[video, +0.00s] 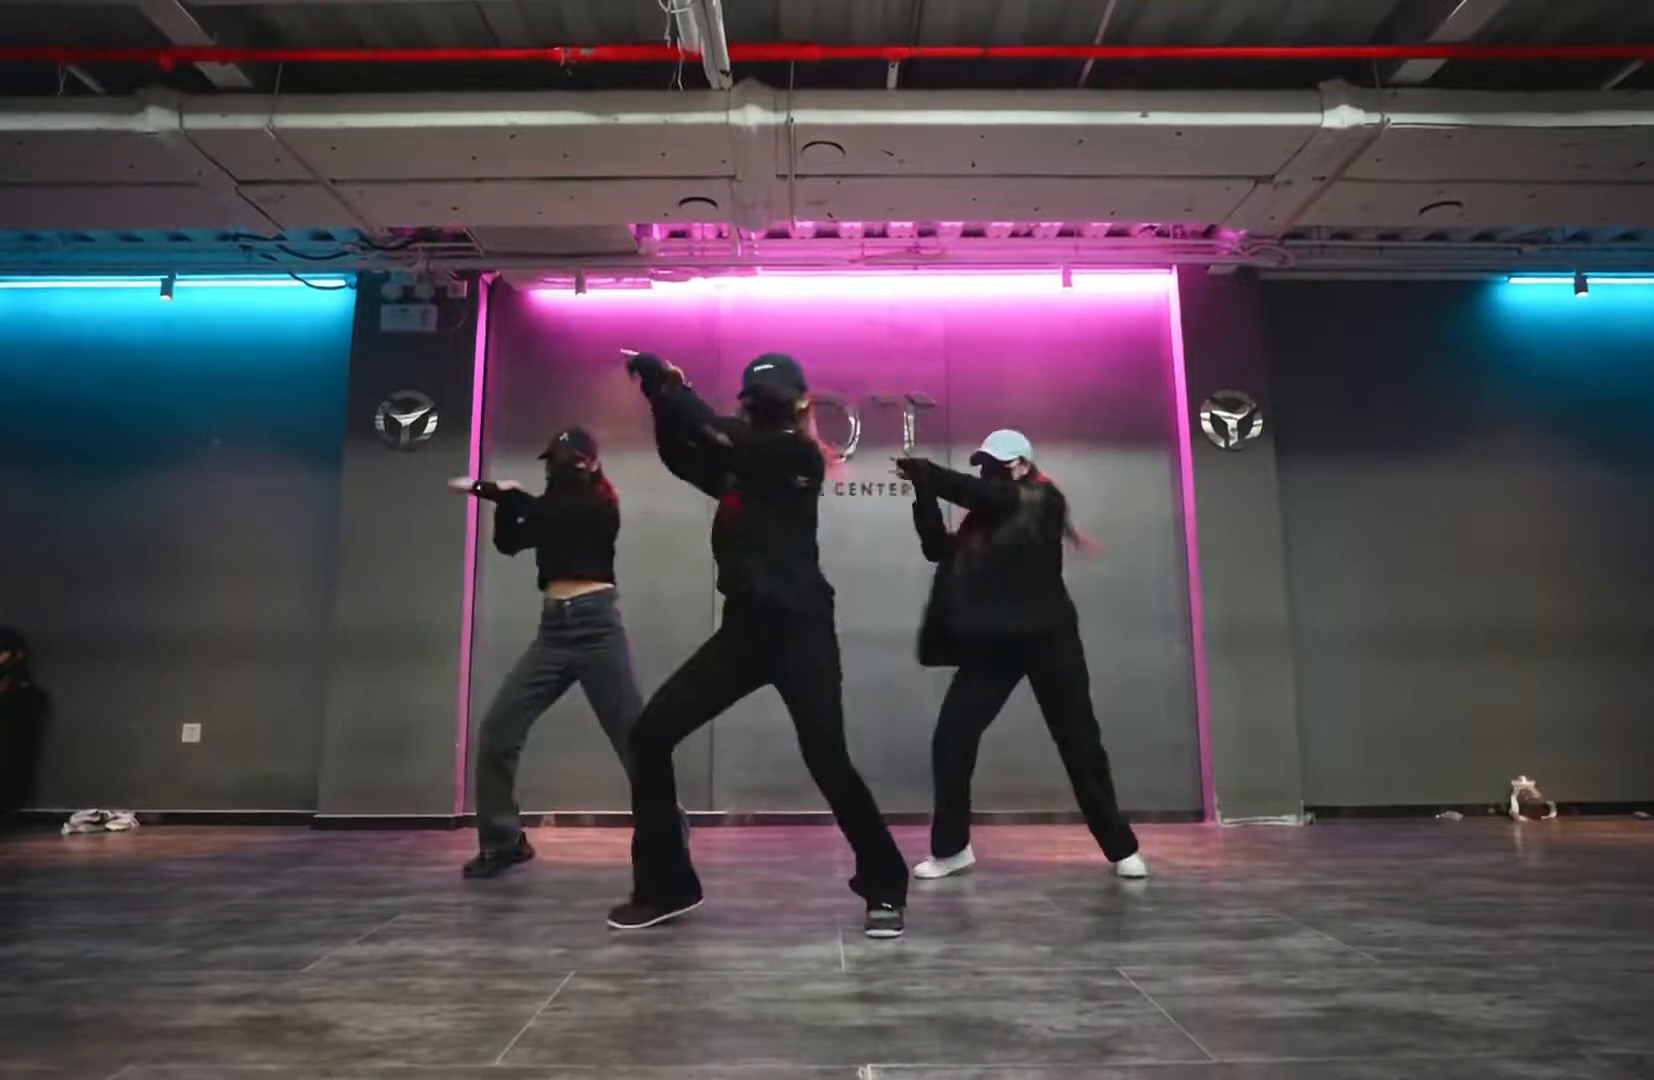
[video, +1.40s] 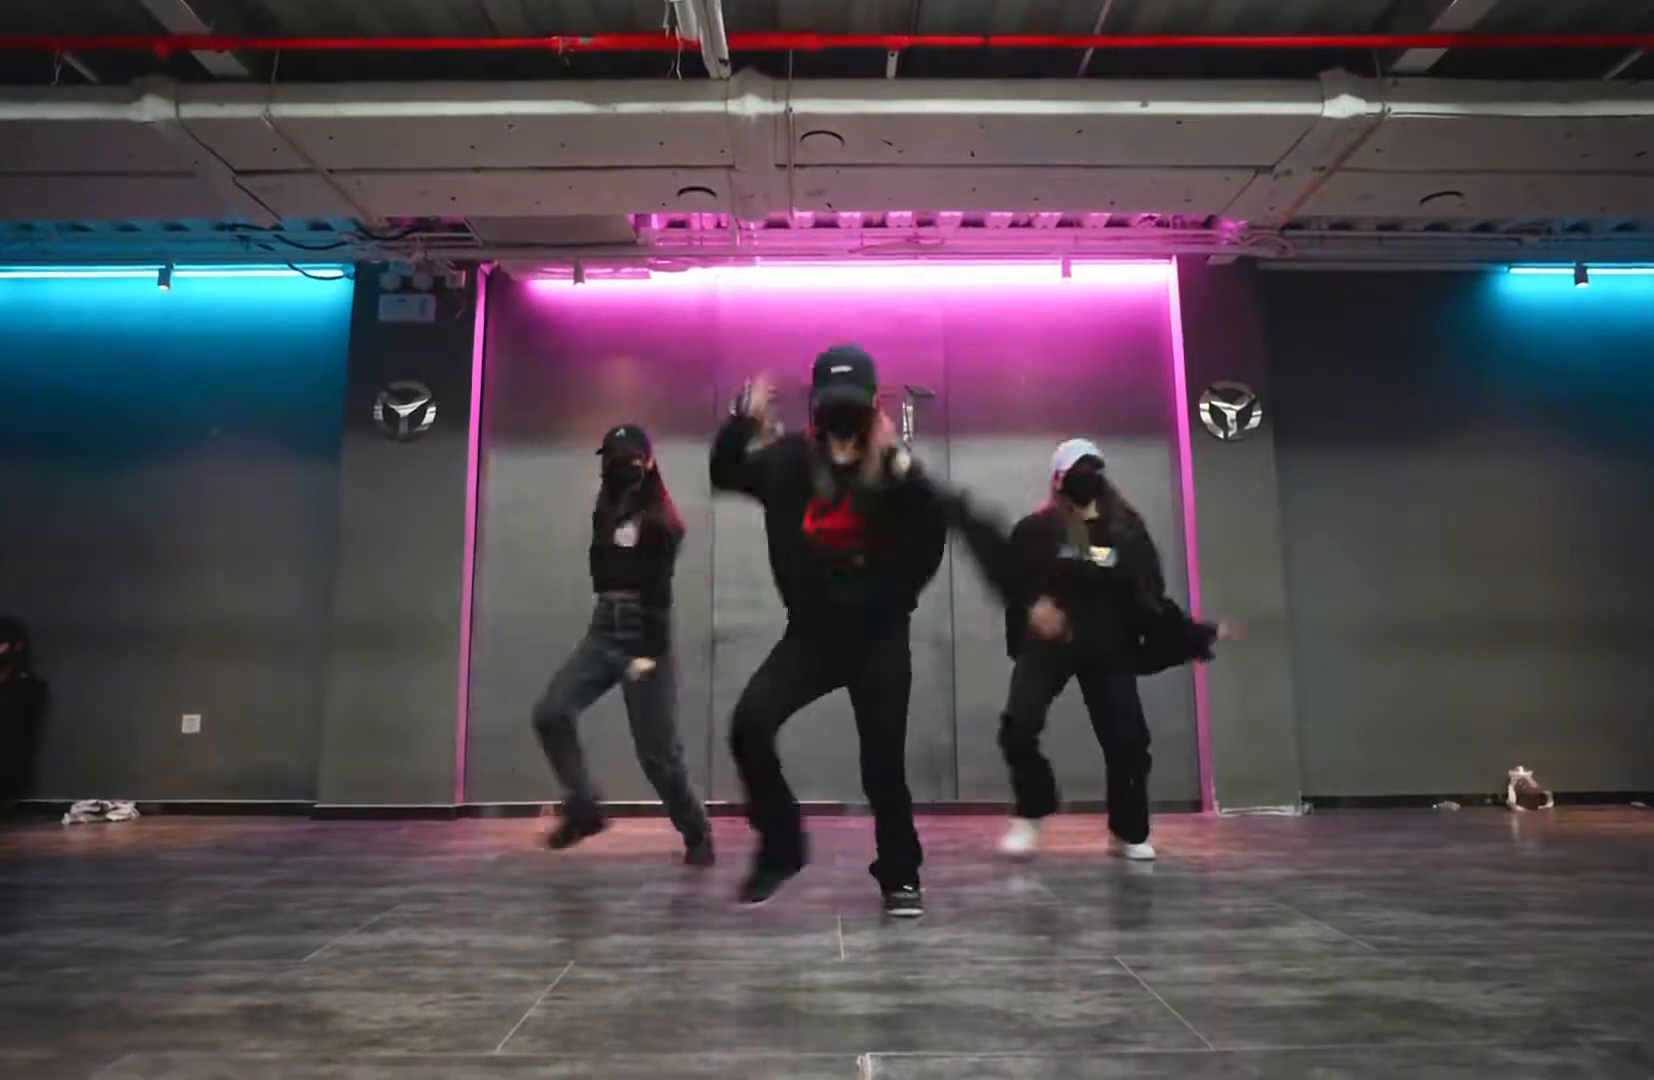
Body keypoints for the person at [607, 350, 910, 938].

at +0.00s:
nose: (748, 407)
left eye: (760, 399)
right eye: (748, 399)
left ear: (785, 401)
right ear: (751, 402)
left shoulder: (800, 454)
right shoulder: (739, 460)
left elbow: (722, 433)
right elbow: (679, 457)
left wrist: (669, 384)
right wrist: (661, 401)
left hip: (800, 630)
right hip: (745, 630)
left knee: (826, 760)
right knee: (649, 738)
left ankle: (887, 888)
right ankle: (666, 887)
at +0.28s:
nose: (748, 408)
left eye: (759, 398)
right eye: (740, 400)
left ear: (786, 400)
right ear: (730, 407)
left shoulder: (809, 447)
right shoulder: (736, 473)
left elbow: (767, 434)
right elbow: (678, 457)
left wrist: (693, 404)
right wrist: (671, 397)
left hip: (834, 625)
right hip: (776, 626)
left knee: (847, 756)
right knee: (690, 735)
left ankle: (888, 888)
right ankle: (672, 888)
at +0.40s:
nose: (772, 406)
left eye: (782, 396)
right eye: (763, 398)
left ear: (805, 400)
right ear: (754, 408)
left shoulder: (837, 452)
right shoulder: (750, 474)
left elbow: (843, 416)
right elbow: (688, 447)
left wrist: (757, 416)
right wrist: (690, 383)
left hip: (855, 621)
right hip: (794, 625)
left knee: (860, 757)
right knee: (713, 743)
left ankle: (888, 892)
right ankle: (678, 889)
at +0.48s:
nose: (789, 430)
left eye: (798, 416)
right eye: (780, 417)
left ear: (821, 411)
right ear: (769, 417)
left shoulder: (861, 459)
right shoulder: (759, 474)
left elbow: (894, 406)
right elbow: (697, 442)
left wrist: (811, 410)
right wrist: (705, 374)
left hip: (868, 629)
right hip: (803, 630)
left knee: (863, 757)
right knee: (724, 744)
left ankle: (887, 892)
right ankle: (693, 888)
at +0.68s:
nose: (826, 417)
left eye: (835, 405)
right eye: (814, 406)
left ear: (852, 405)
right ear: (797, 409)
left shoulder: (894, 465)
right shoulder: (780, 473)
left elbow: (951, 443)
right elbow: (715, 436)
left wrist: (915, 392)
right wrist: (734, 363)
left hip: (889, 635)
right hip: (819, 636)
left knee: (865, 759)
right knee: (760, 741)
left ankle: (887, 890)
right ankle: (781, 826)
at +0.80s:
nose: (831, 407)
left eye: (840, 397)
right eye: (820, 398)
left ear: (857, 403)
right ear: (803, 406)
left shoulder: (887, 471)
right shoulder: (783, 471)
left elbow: (914, 557)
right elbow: (720, 434)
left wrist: (937, 554)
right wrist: (745, 360)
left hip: (890, 640)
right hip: (821, 640)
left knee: (869, 764)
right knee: (799, 769)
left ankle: (886, 889)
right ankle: (818, 879)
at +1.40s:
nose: (842, 428)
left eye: (854, 415)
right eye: (831, 416)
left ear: (873, 411)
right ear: (814, 413)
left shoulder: (897, 475)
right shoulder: (786, 463)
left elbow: (927, 551)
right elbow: (725, 475)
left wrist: (902, 475)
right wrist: (743, 425)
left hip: (879, 641)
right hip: (812, 637)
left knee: (882, 770)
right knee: (749, 727)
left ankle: (901, 880)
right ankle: (781, 846)